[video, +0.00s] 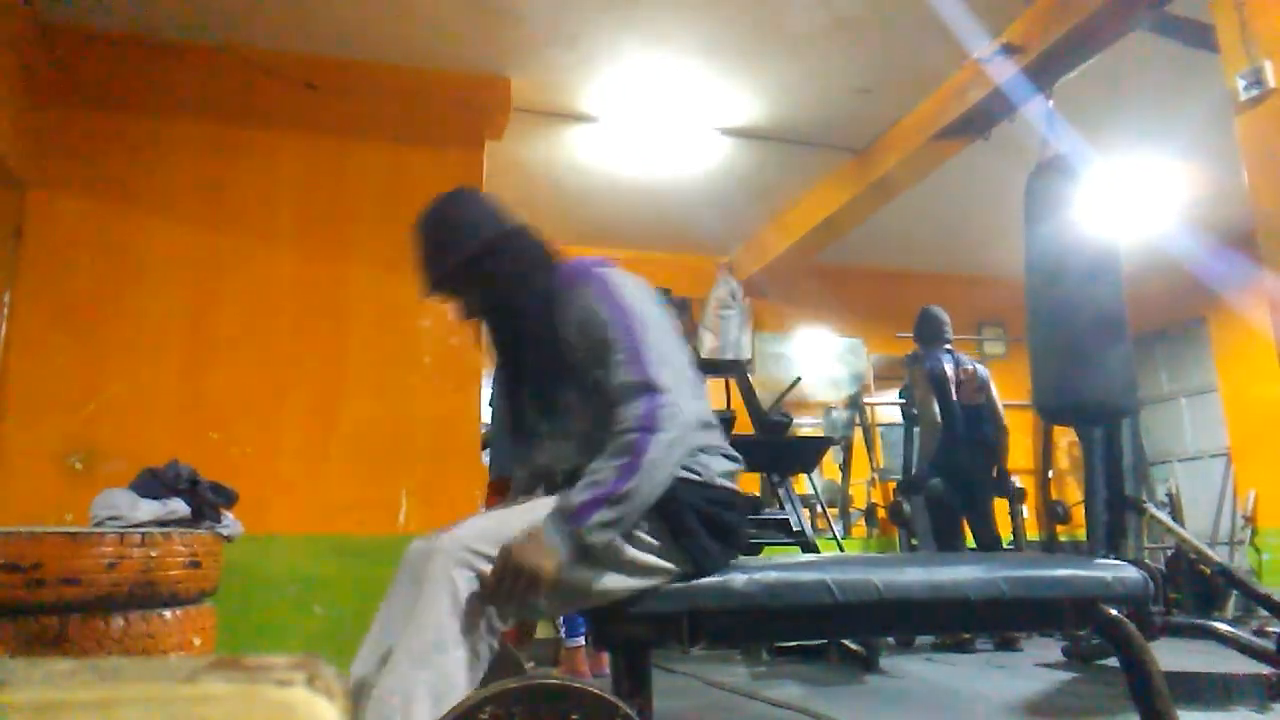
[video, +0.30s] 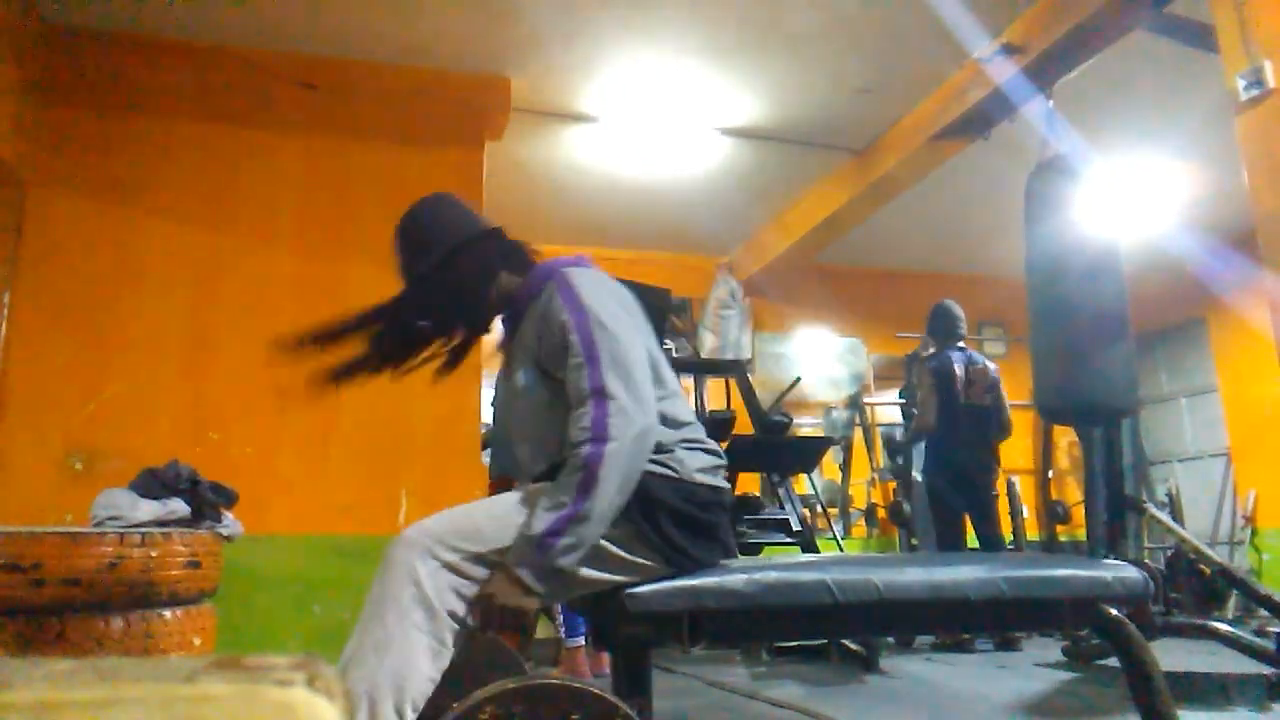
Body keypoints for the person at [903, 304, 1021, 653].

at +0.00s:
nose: (918, 341)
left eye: (917, 336)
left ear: (919, 336)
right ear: (950, 334)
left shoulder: (922, 367)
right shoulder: (977, 368)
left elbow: (932, 419)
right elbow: (1001, 424)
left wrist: (921, 469)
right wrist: (1002, 470)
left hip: (943, 471)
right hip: (978, 470)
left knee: (949, 549)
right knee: (991, 545)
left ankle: (958, 630)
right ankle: (1008, 627)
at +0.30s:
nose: (930, 337)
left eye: (930, 330)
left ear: (932, 331)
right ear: (964, 330)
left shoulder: (931, 366)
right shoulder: (986, 364)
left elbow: (927, 421)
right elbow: (1005, 424)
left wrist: (906, 437)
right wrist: (980, 438)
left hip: (943, 462)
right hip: (980, 462)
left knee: (950, 545)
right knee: (992, 541)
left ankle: (956, 629)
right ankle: (1007, 626)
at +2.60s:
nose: (924, 339)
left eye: (925, 332)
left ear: (929, 332)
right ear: (960, 330)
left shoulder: (930, 364)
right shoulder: (985, 365)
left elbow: (934, 418)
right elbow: (1004, 422)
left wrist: (912, 451)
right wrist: (988, 450)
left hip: (947, 463)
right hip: (983, 463)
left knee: (951, 544)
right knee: (992, 539)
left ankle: (958, 627)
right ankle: (1007, 624)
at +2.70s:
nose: (922, 340)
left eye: (922, 335)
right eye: (926, 334)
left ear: (924, 335)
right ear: (955, 333)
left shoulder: (926, 366)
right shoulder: (982, 367)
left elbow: (931, 420)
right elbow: (1002, 423)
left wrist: (918, 469)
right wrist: (994, 465)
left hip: (944, 471)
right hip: (980, 471)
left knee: (950, 549)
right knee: (993, 546)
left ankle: (957, 629)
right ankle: (1007, 627)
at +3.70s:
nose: (930, 345)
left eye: (929, 339)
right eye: (930, 340)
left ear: (934, 337)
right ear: (963, 332)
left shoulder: (939, 366)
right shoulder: (992, 365)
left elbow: (938, 423)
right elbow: (993, 421)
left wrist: (924, 470)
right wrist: (993, 459)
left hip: (951, 468)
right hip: (985, 468)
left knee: (953, 547)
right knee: (998, 544)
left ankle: (959, 628)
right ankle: (1009, 626)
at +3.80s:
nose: (929, 343)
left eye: (929, 338)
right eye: (932, 339)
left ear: (931, 336)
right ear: (962, 332)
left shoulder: (936, 365)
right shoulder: (992, 365)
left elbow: (938, 420)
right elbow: (993, 420)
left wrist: (927, 472)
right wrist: (992, 458)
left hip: (950, 466)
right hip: (985, 465)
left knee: (953, 547)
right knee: (997, 543)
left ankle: (958, 628)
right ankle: (1009, 625)